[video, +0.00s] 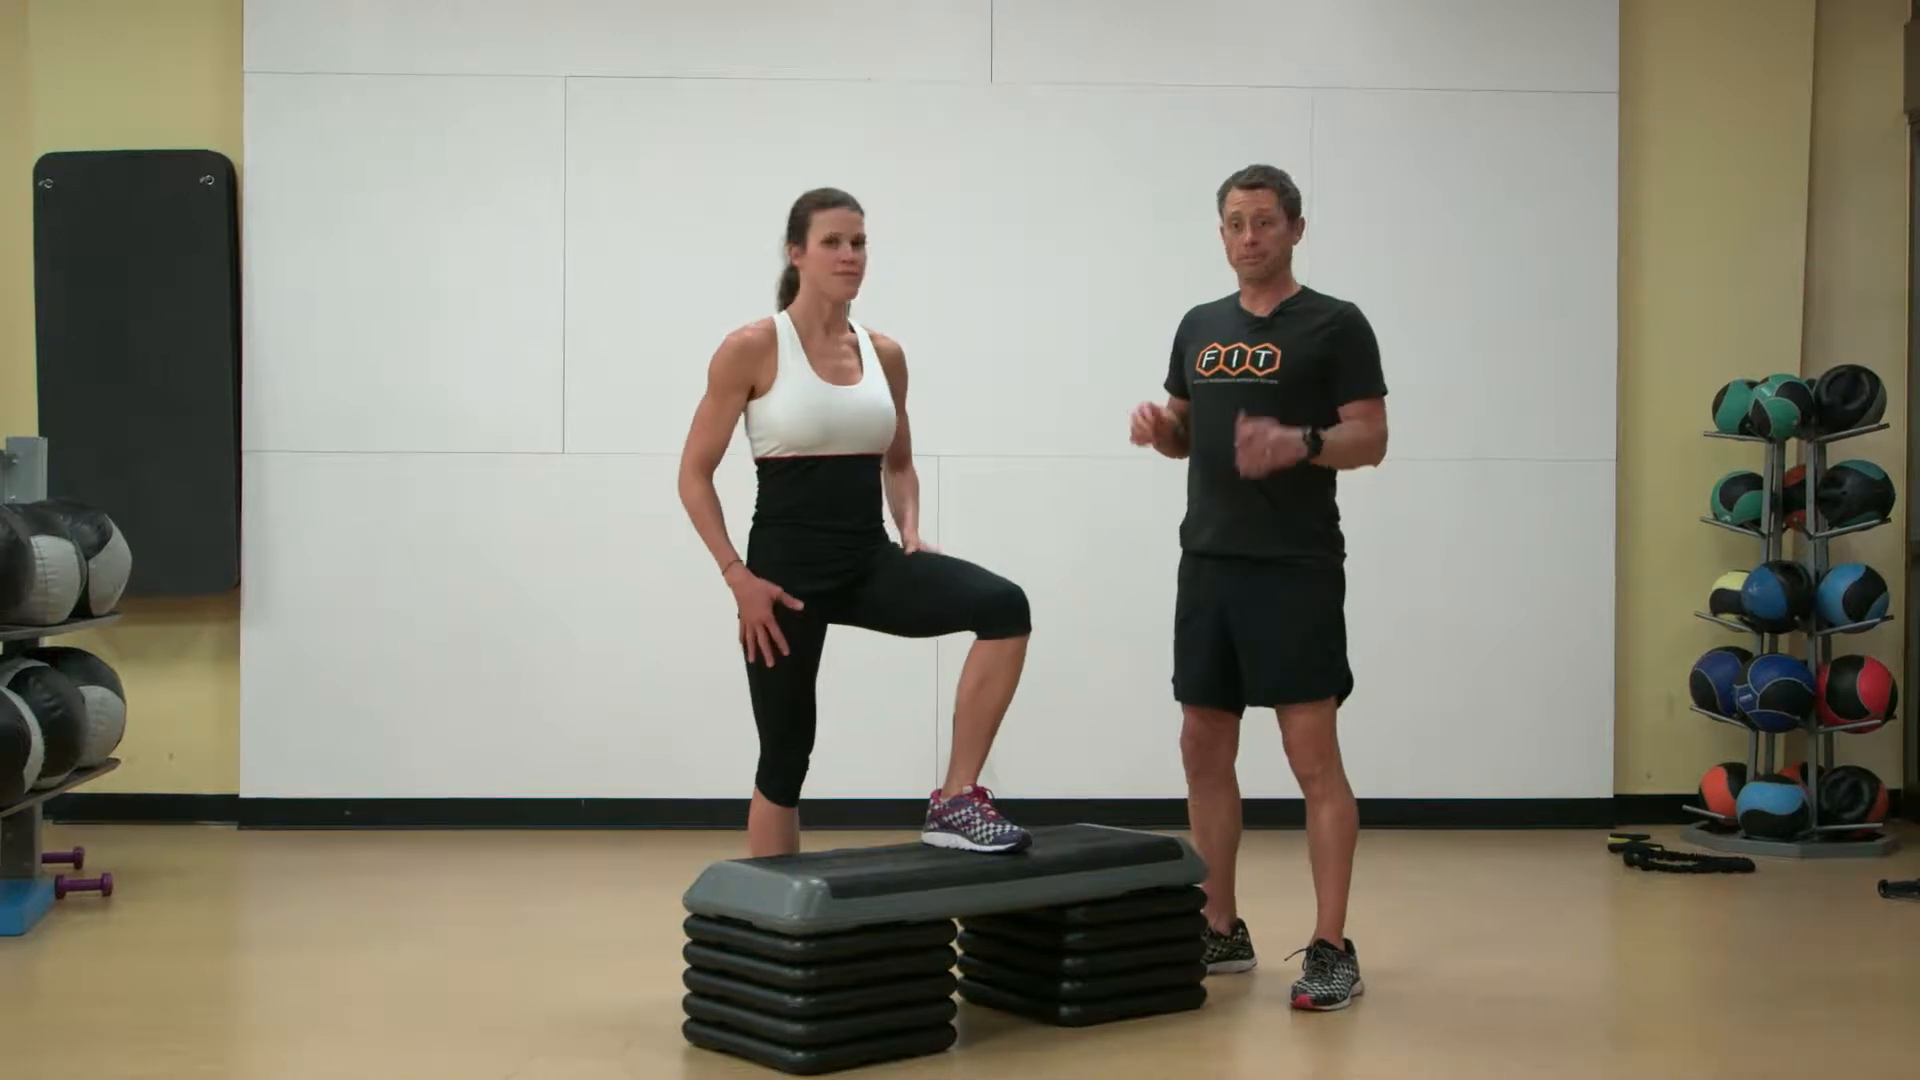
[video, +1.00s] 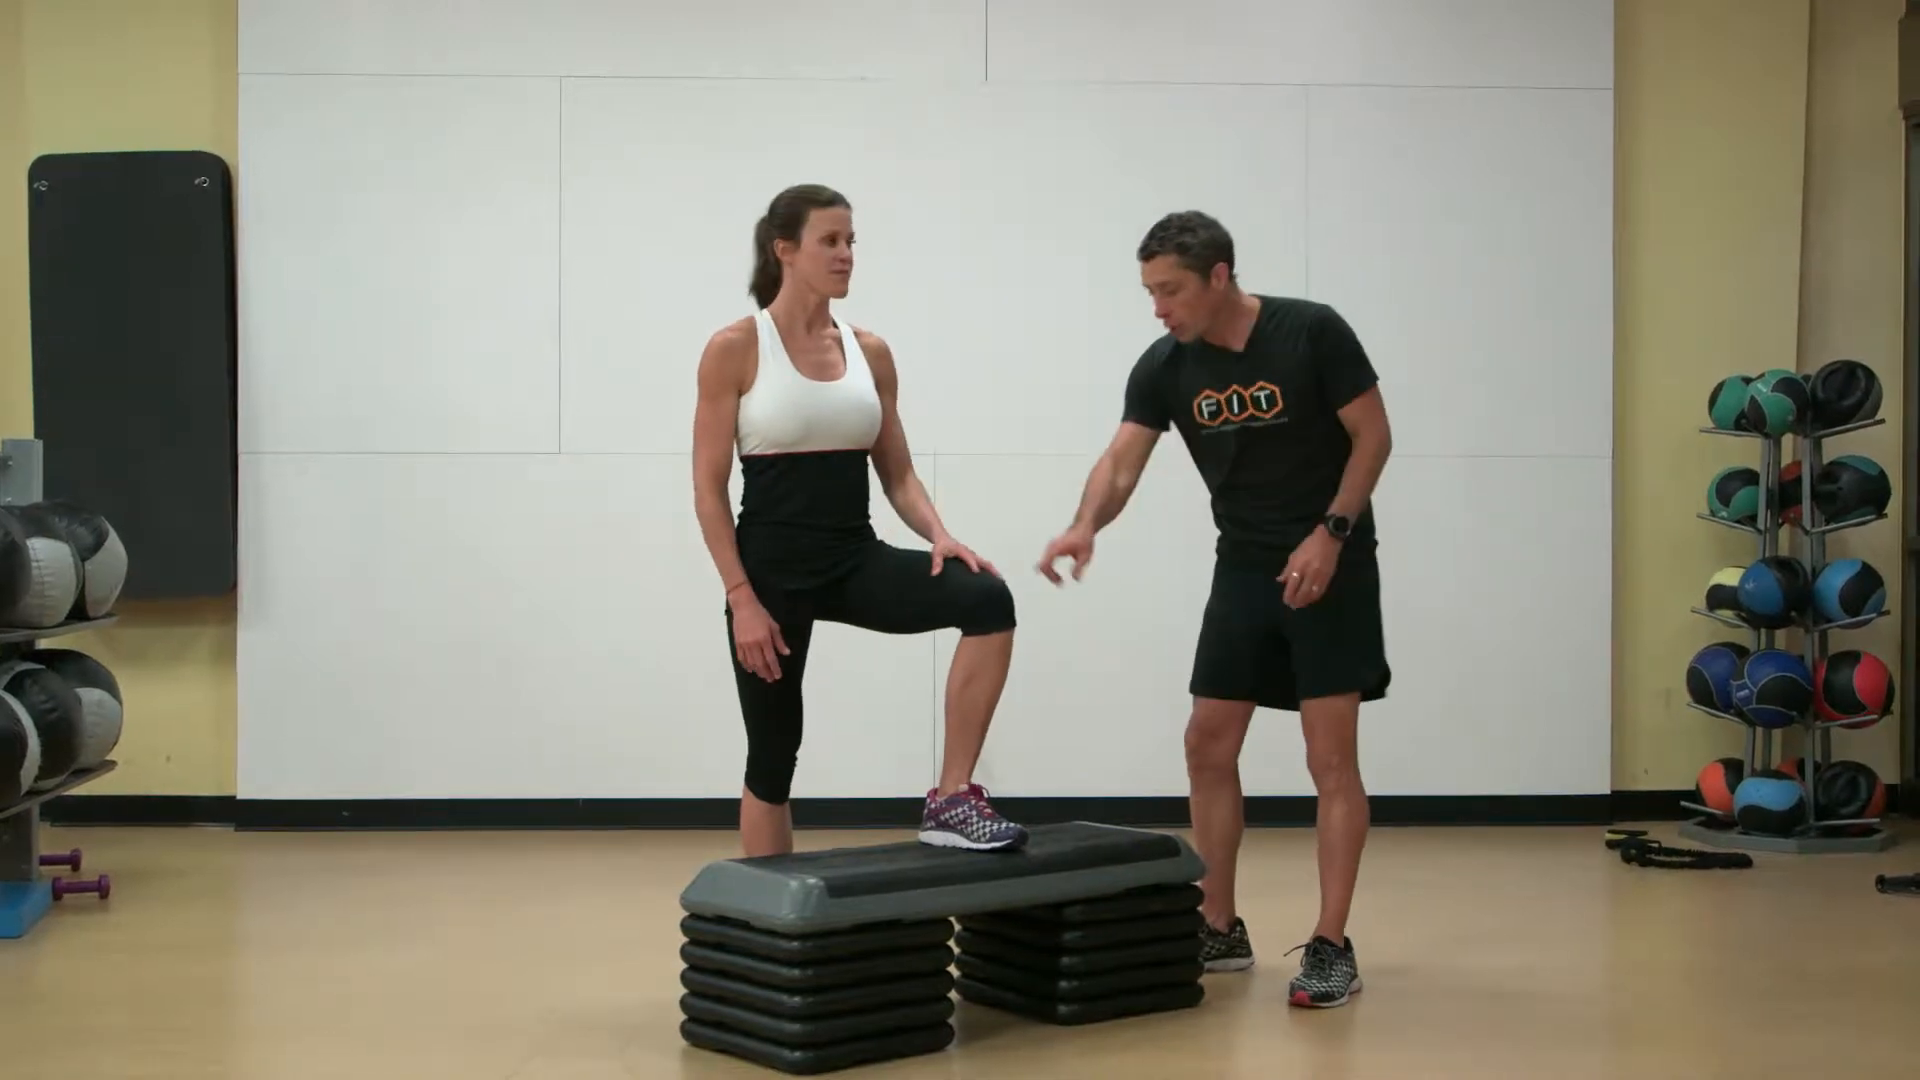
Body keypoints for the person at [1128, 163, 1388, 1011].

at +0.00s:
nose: (1247, 234)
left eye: (1262, 220)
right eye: (1234, 222)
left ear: (1295, 230)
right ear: (1221, 236)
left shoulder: (1336, 325)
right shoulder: (1197, 328)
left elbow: (1370, 440)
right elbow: (1187, 440)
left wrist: (1301, 442)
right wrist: (1162, 432)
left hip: (1296, 570)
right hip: (1208, 566)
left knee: (1312, 756)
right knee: (1204, 749)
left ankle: (1330, 943)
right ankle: (1219, 927)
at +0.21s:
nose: (1211, 253)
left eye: (1223, 238)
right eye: (1205, 239)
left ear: (1274, 232)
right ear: (1210, 238)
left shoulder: (1335, 326)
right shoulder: (1200, 324)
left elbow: (1363, 447)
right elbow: (1178, 418)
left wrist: (1312, 524)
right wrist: (1164, 452)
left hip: (1295, 566)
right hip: (1207, 566)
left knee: (1314, 757)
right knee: (1204, 747)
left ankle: (1329, 944)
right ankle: (1218, 928)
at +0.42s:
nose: (1201, 262)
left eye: (1211, 247)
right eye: (1195, 249)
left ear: (1263, 238)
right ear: (1207, 248)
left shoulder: (1332, 328)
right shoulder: (1203, 323)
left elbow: (1361, 454)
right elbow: (1190, 401)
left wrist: (1353, 565)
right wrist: (1174, 451)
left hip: (1296, 568)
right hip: (1208, 565)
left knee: (1313, 756)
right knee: (1204, 747)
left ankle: (1329, 944)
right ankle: (1219, 929)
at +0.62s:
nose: (1197, 269)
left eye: (1206, 254)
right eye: (1190, 255)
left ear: (1256, 241)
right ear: (1199, 253)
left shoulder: (1328, 326)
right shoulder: (1202, 322)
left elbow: (1367, 451)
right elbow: (1189, 406)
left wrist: (1357, 563)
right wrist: (1161, 433)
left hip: (1297, 569)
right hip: (1213, 564)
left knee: (1314, 758)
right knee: (1205, 749)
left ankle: (1330, 943)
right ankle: (1218, 927)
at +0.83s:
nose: (1182, 284)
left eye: (1193, 268)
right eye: (1174, 270)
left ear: (1243, 256)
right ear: (1176, 267)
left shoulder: (1324, 329)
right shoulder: (1183, 344)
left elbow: (1363, 447)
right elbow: (1148, 439)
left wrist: (1332, 548)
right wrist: (1113, 509)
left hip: (1310, 564)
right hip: (1225, 565)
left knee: (1319, 755)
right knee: (1204, 743)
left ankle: (1329, 941)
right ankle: (1218, 927)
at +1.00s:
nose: (1158, 306)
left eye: (1169, 290)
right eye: (1151, 292)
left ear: (1220, 277)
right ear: (1156, 290)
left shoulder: (1313, 333)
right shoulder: (1163, 368)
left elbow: (1374, 437)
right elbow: (1120, 464)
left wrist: (1331, 534)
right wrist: (1084, 524)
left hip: (1331, 561)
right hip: (1244, 567)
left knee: (1330, 756)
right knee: (1207, 743)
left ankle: (1330, 942)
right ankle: (1218, 928)